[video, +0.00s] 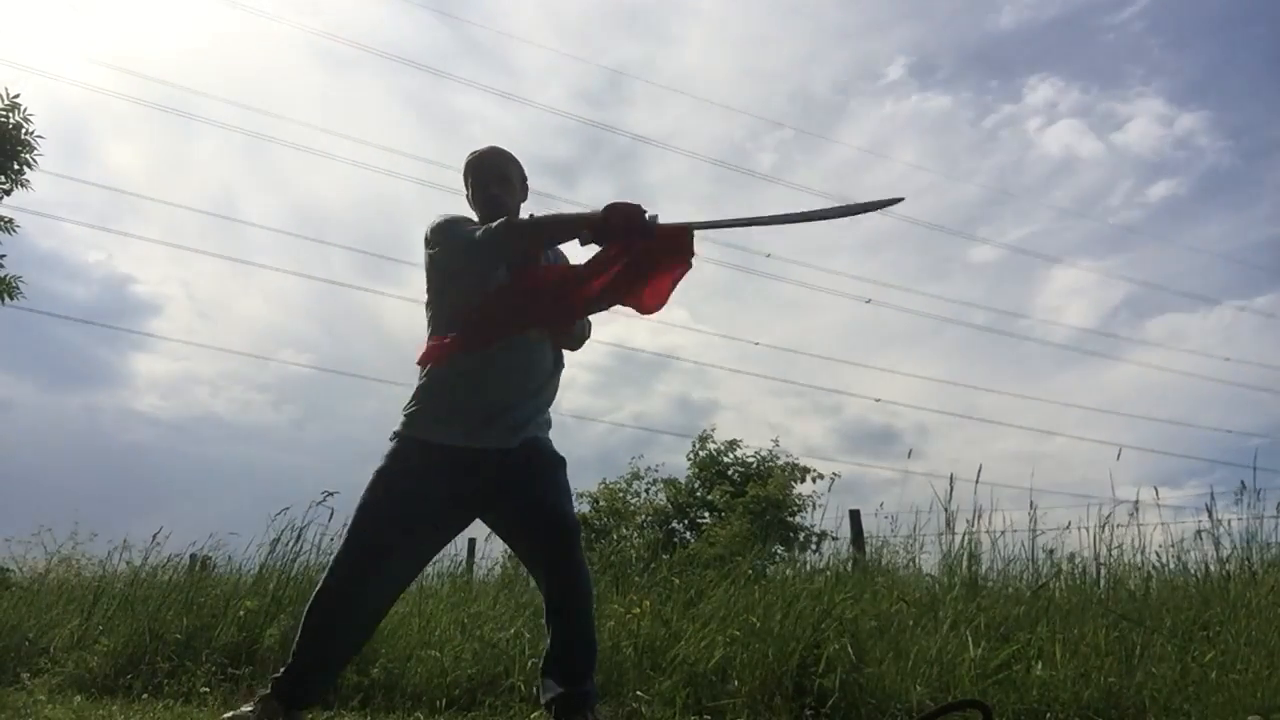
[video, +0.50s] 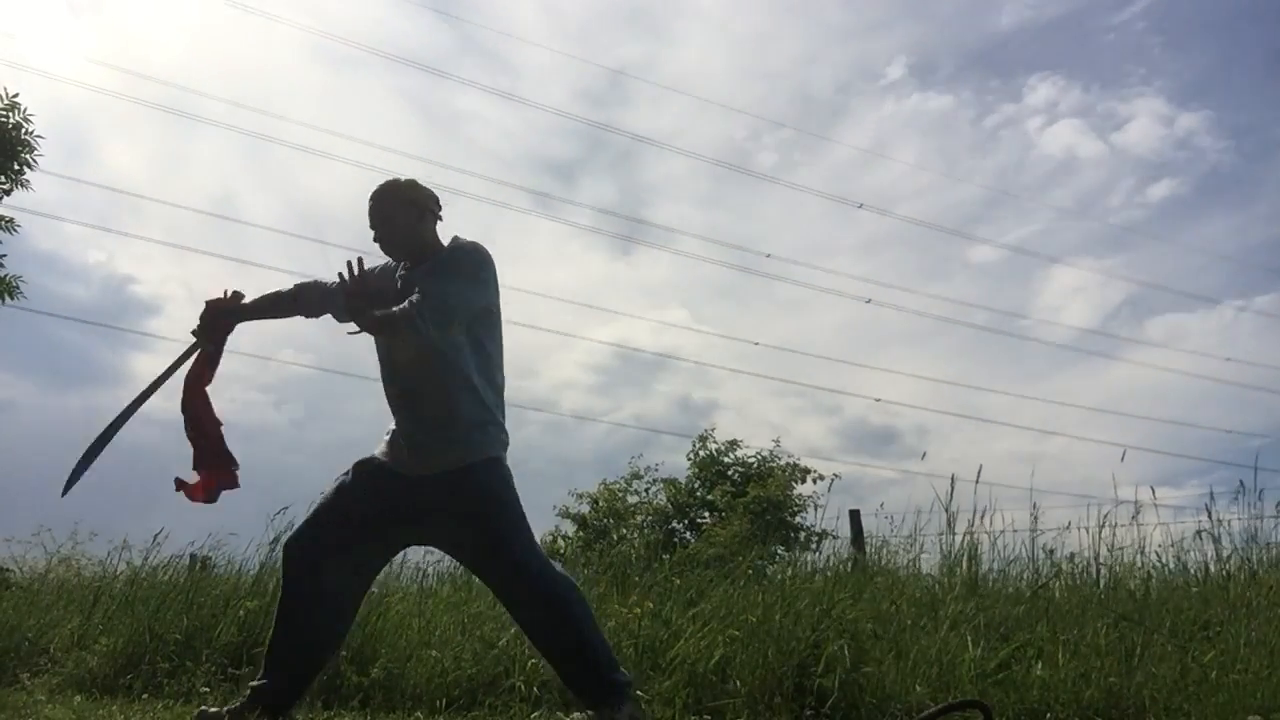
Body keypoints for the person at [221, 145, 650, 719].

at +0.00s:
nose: (489, 191)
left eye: (501, 182)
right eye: (478, 183)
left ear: (524, 191)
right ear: (466, 194)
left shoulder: (547, 255)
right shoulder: (451, 235)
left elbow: (576, 337)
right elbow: (510, 235)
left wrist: (545, 293)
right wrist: (591, 224)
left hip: (522, 449)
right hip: (436, 443)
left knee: (568, 575)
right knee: (361, 570)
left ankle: (574, 701)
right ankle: (289, 698)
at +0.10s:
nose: (475, 202)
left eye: (486, 192)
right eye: (465, 194)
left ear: (513, 200)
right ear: (457, 205)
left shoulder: (547, 270)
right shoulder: (442, 248)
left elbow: (575, 345)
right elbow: (464, 286)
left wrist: (527, 325)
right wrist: (563, 273)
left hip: (522, 453)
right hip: (436, 449)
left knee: (573, 579)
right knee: (356, 580)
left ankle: (574, 706)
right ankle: (292, 705)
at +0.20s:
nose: (445, 213)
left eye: (457, 200)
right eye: (439, 207)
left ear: (492, 203)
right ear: (438, 217)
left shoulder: (537, 268)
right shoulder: (427, 270)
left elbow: (555, 343)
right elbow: (396, 331)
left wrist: (482, 347)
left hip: (514, 456)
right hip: (432, 452)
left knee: (554, 568)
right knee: (352, 564)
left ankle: (574, 706)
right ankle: (288, 702)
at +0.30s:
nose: (422, 218)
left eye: (431, 203)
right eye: (416, 209)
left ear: (467, 201)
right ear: (415, 219)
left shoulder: (516, 258)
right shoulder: (417, 278)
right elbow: (359, 324)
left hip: (501, 453)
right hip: (429, 448)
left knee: (529, 573)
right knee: (343, 557)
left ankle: (573, 704)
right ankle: (288, 702)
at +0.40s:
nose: (400, 220)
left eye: (408, 206)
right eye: (394, 213)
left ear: (447, 200)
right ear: (398, 221)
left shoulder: (490, 248)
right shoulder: (401, 273)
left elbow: (461, 323)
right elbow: (332, 298)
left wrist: (388, 316)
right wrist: (274, 348)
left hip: (485, 452)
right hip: (413, 456)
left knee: (518, 569)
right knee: (335, 557)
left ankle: (584, 706)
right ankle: (286, 697)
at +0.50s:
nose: (378, 234)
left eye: (386, 220)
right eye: (374, 225)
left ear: (425, 215)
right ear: (379, 232)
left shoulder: (468, 262)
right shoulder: (387, 281)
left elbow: (427, 320)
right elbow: (316, 296)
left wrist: (368, 315)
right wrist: (239, 311)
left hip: (470, 467)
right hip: (398, 467)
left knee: (528, 582)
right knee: (312, 556)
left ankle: (614, 699)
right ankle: (273, 698)